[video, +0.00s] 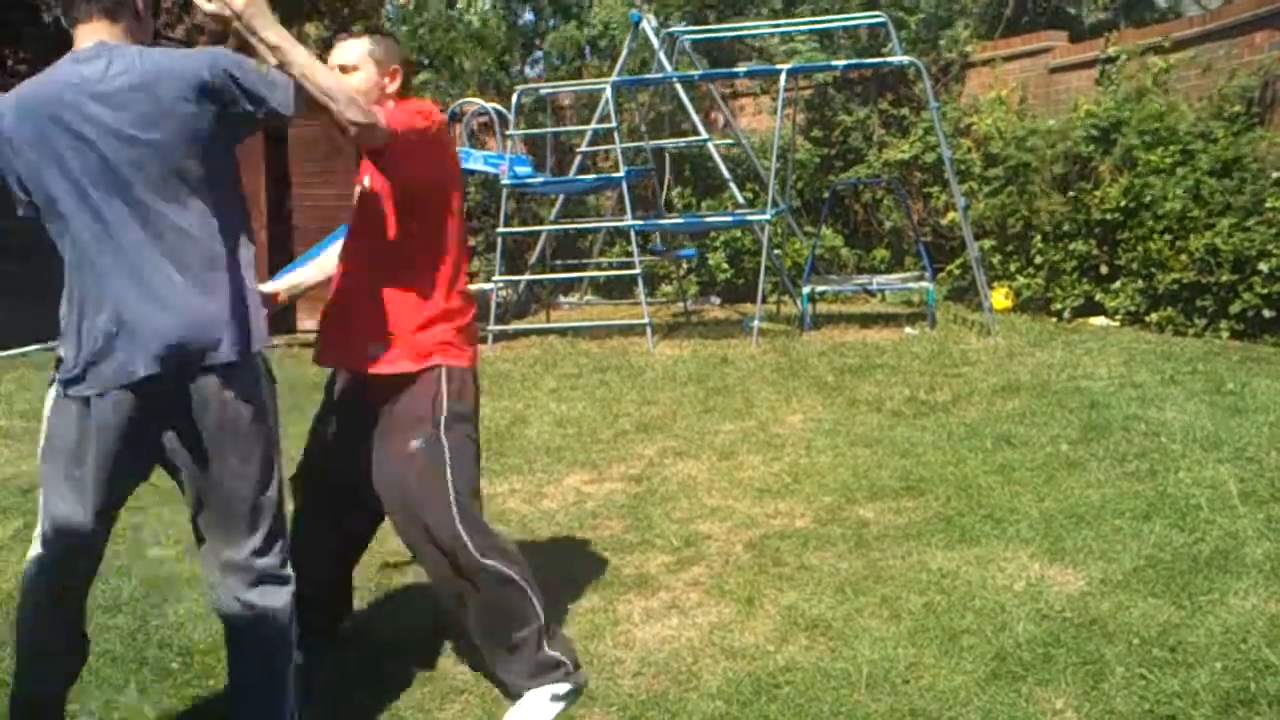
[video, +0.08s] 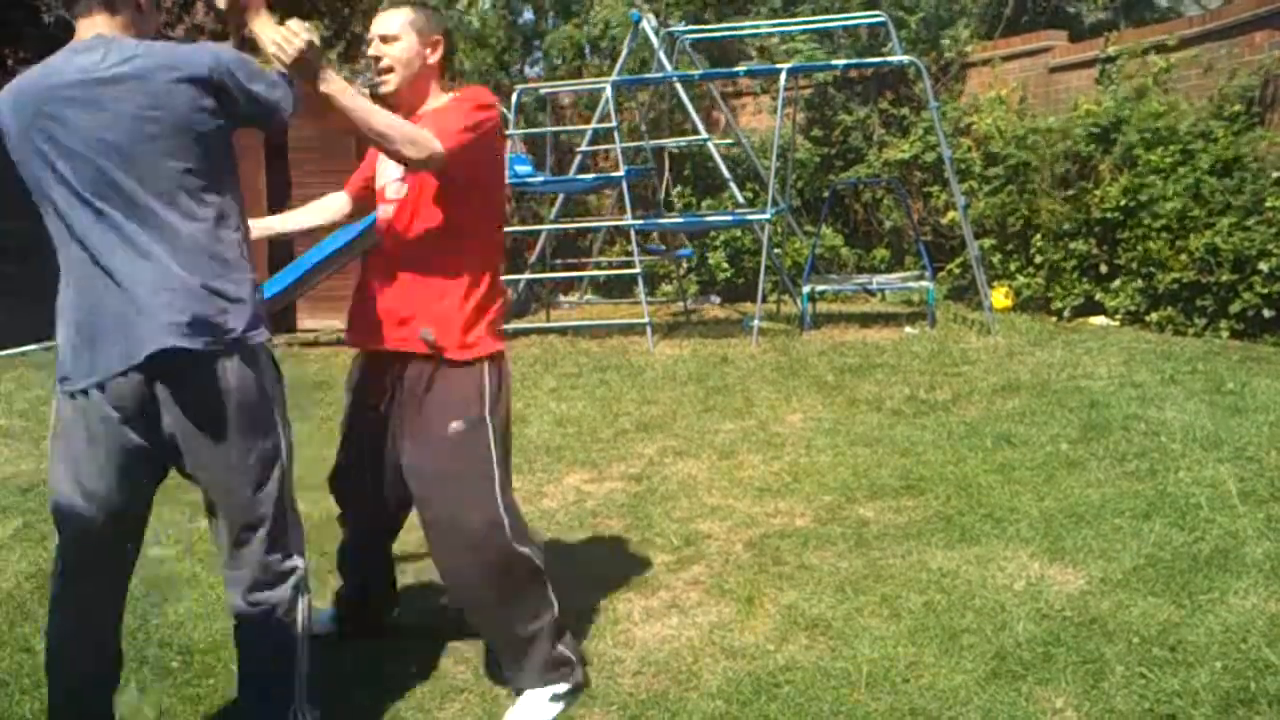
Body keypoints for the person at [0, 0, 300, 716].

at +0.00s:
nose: (156, 14)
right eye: (154, 7)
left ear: (67, 18)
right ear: (141, 9)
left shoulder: (18, 109)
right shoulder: (203, 70)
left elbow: (26, 209)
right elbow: (354, 116)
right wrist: (268, 28)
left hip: (101, 351)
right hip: (217, 341)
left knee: (58, 556)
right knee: (251, 565)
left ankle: (32, 710)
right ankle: (269, 711)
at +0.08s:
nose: (154, 11)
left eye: (151, 6)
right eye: (152, 3)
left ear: (71, 11)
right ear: (137, 3)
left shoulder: (18, 101)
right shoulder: (200, 64)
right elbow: (281, 100)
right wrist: (257, 27)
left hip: (94, 350)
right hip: (212, 334)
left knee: (84, 576)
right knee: (262, 556)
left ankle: (77, 713)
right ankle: (275, 711)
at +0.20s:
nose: (162, 19)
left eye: (159, 8)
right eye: (158, 8)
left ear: (74, 18)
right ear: (135, 10)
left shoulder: (25, 105)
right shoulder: (198, 85)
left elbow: (127, 98)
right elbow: (295, 153)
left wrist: (208, 48)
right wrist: (269, 103)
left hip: (102, 386)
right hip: (222, 369)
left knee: (108, 614)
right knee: (324, 553)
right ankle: (346, 705)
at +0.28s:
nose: (173, 27)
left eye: (175, 18)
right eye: (170, 16)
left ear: (78, 23)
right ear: (145, 14)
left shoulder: (32, 111)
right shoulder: (203, 95)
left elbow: (137, 104)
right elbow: (301, 163)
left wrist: (222, 48)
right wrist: (313, 131)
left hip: (112, 395)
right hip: (230, 380)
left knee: (106, 621)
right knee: (335, 571)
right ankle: (396, 710)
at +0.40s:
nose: (217, 40)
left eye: (219, 25)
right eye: (212, 24)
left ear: (116, 24)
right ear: (170, 15)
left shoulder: (61, 125)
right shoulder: (215, 107)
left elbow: (157, 145)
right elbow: (343, 188)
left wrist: (252, 94)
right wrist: (384, 217)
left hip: (137, 410)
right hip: (252, 393)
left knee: (139, 645)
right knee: (364, 584)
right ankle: (427, 710)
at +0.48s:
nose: (228, 42)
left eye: (229, 24)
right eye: (222, 22)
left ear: (142, 23)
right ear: (180, 16)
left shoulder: (79, 122)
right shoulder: (214, 109)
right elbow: (344, 222)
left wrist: (281, 107)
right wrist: (387, 260)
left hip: (158, 407)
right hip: (262, 389)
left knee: (157, 636)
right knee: (383, 570)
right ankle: (426, 709)